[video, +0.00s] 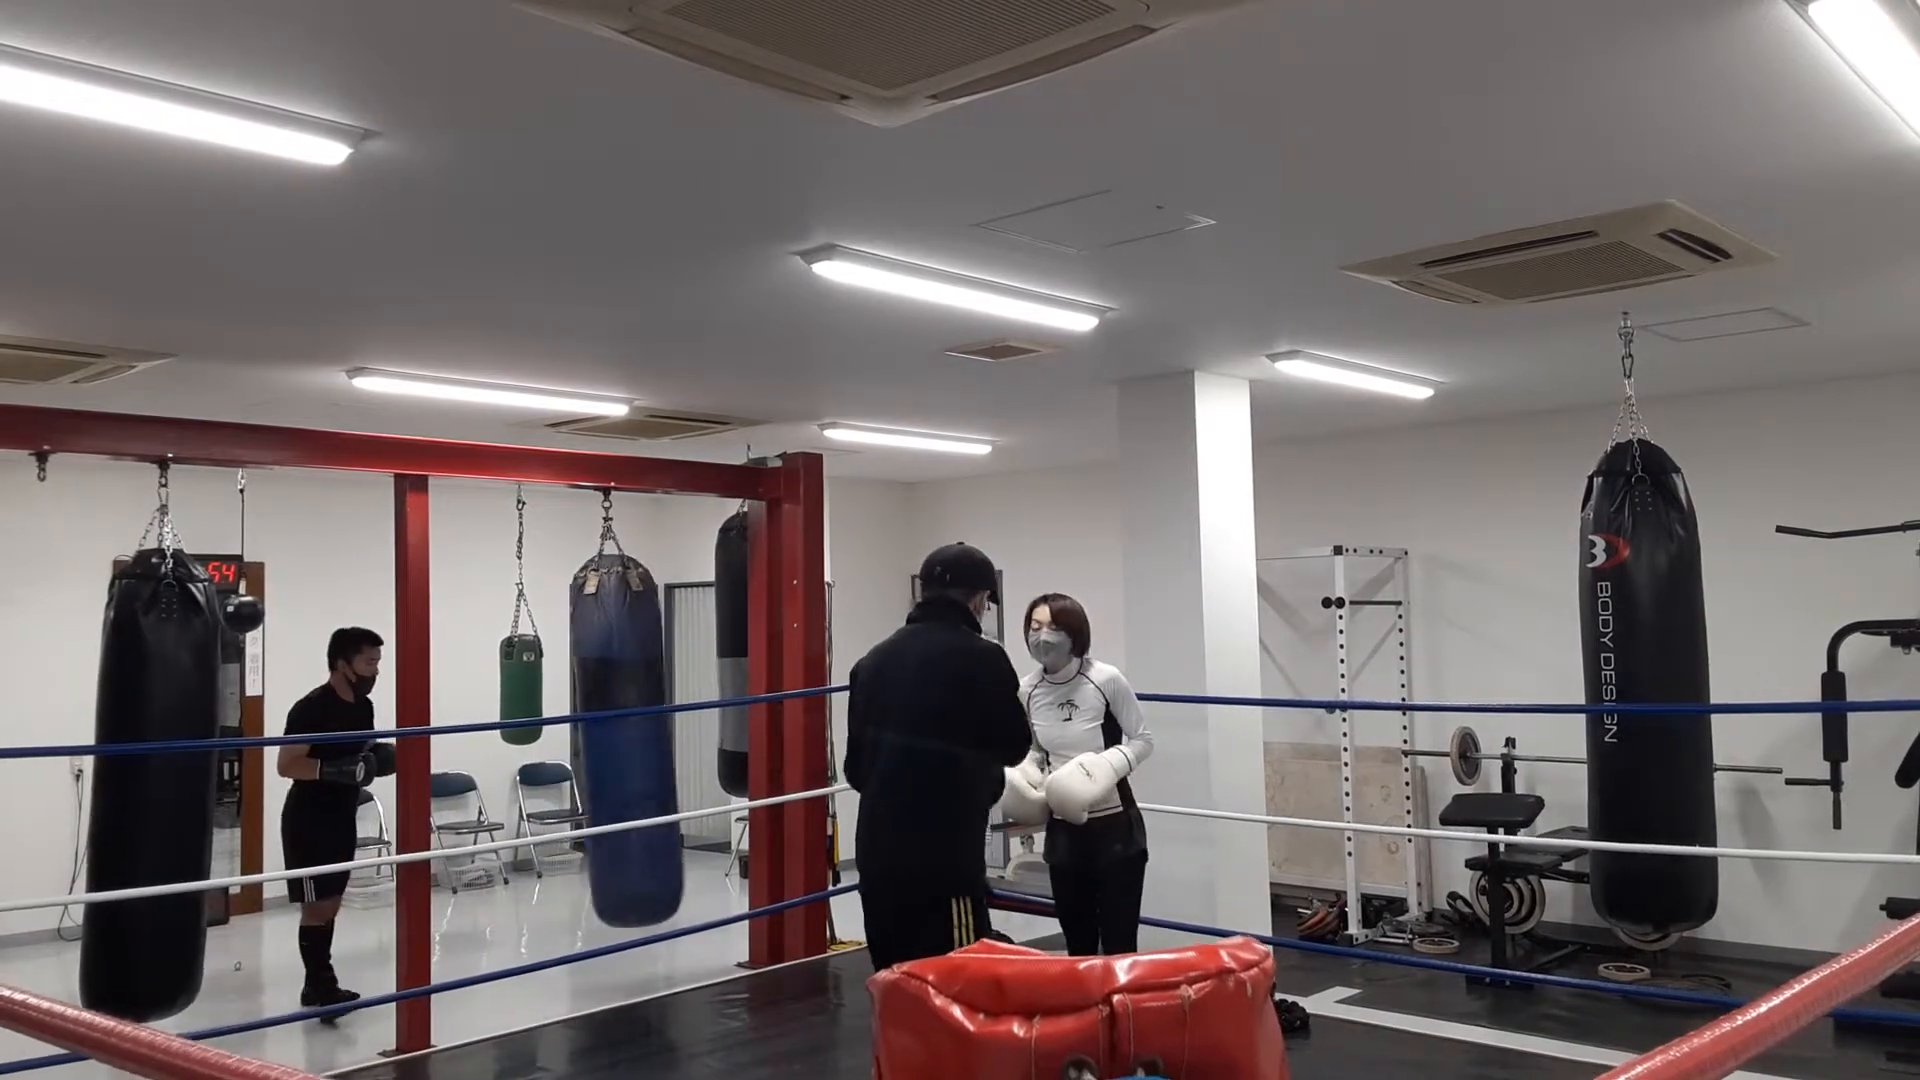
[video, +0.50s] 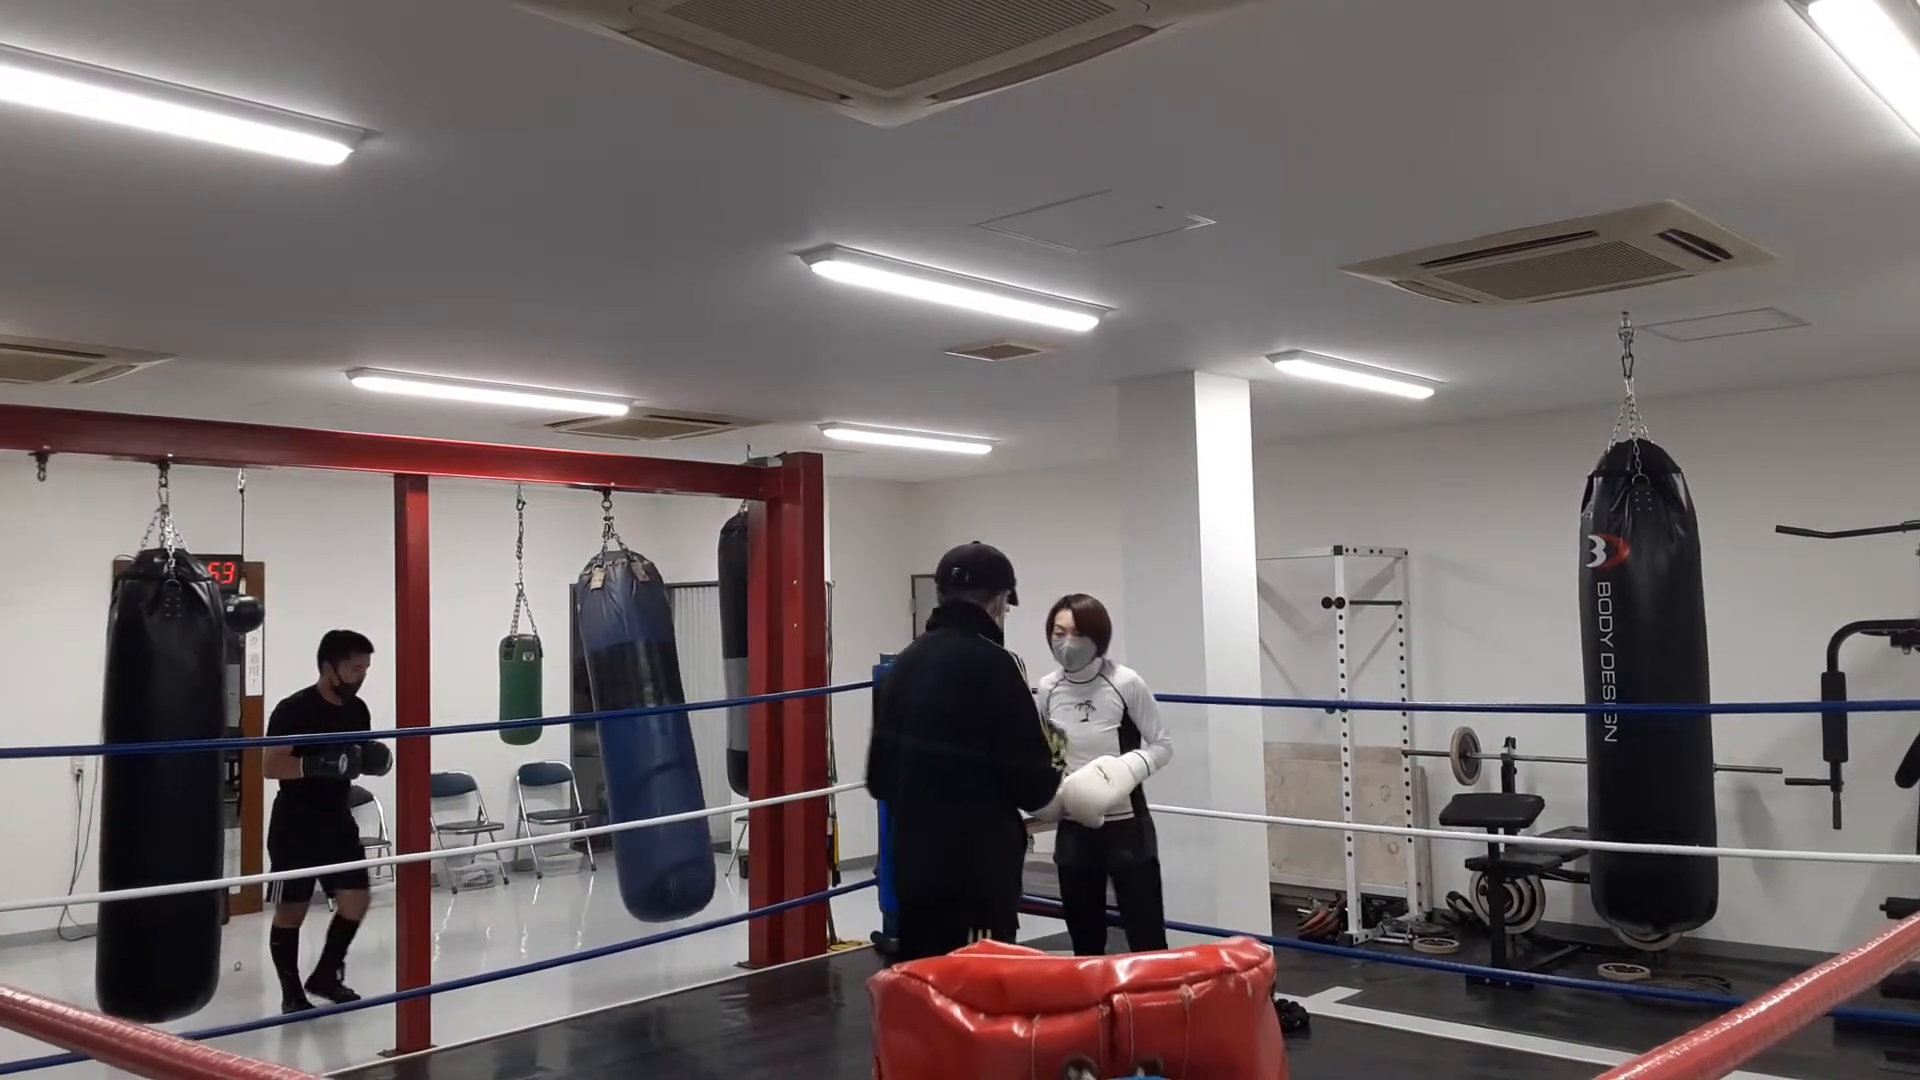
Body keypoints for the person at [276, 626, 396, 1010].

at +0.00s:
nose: (377, 668)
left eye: (378, 660)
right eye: (370, 661)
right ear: (343, 663)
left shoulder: (364, 707)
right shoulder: (310, 708)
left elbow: (354, 756)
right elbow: (287, 764)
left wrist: (380, 758)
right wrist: (342, 771)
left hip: (342, 812)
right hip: (307, 813)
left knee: (331, 900)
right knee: (316, 902)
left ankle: (317, 985)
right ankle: (321, 990)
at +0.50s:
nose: (363, 675)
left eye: (365, 668)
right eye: (357, 668)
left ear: (361, 668)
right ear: (329, 666)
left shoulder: (357, 710)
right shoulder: (293, 710)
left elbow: (354, 754)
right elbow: (272, 765)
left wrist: (373, 759)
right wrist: (322, 764)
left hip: (337, 817)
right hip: (295, 818)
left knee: (356, 899)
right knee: (292, 905)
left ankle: (325, 976)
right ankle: (291, 994)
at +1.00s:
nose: (398, 680)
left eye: (400, 673)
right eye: (393, 671)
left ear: (383, 670)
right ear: (370, 667)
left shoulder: (389, 716)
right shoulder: (327, 707)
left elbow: (396, 766)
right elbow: (308, 761)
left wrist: (403, 762)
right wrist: (358, 763)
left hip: (363, 814)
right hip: (321, 816)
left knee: (372, 904)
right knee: (324, 910)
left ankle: (380, 991)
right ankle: (300, 993)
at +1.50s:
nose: (380, 683)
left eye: (381, 675)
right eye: (375, 675)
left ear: (362, 673)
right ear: (348, 671)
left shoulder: (365, 717)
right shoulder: (306, 713)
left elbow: (360, 766)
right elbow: (295, 775)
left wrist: (391, 761)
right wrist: (349, 767)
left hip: (345, 822)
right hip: (303, 825)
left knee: (363, 907)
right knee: (286, 919)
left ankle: (380, 989)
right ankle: (247, 1002)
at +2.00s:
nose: (315, 678)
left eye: (316, 671)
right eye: (308, 671)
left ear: (293, 673)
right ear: (280, 673)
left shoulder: (309, 713)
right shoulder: (246, 721)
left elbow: (312, 762)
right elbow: (243, 784)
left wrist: (336, 758)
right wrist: (293, 771)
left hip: (305, 821)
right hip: (265, 826)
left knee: (312, 909)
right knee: (271, 916)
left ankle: (290, 991)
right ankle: (246, 1001)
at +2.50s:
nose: (364, 685)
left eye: (367, 677)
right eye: (357, 677)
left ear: (366, 675)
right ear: (331, 676)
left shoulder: (358, 718)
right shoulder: (295, 720)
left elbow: (355, 765)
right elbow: (282, 778)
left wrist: (370, 771)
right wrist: (332, 778)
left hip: (339, 816)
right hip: (297, 820)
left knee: (365, 889)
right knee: (285, 907)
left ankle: (371, 975)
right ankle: (252, 998)